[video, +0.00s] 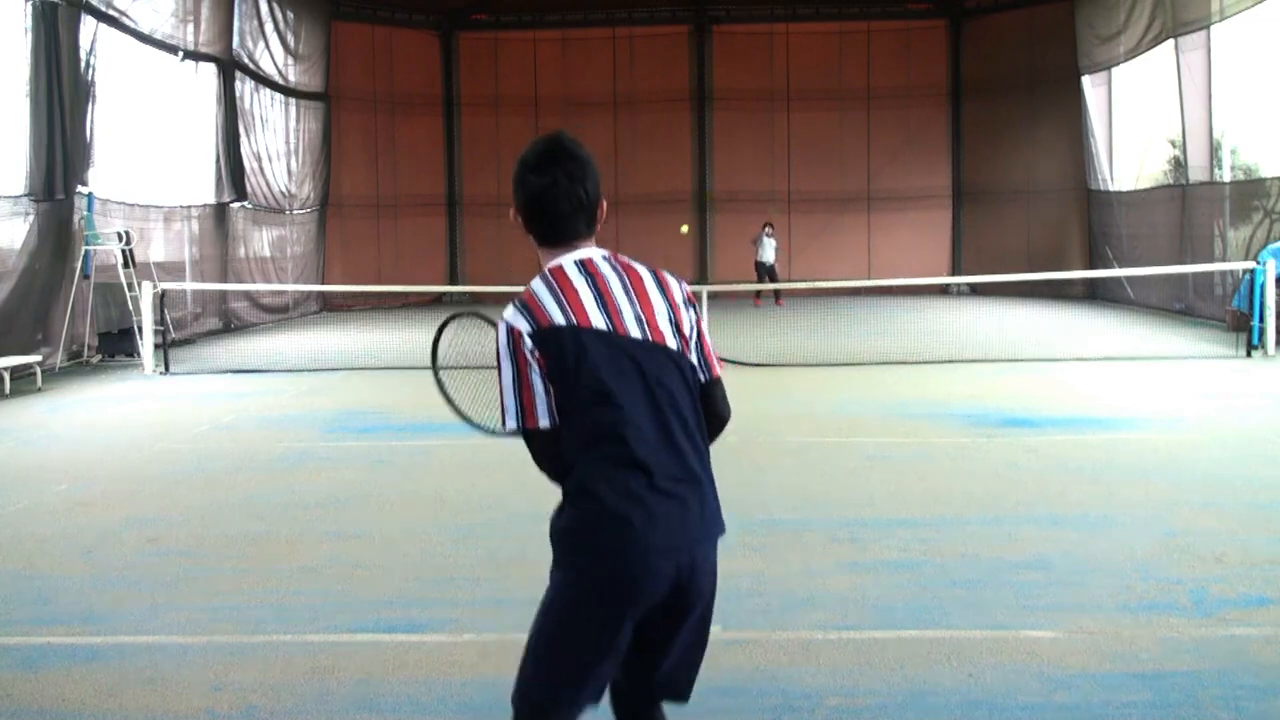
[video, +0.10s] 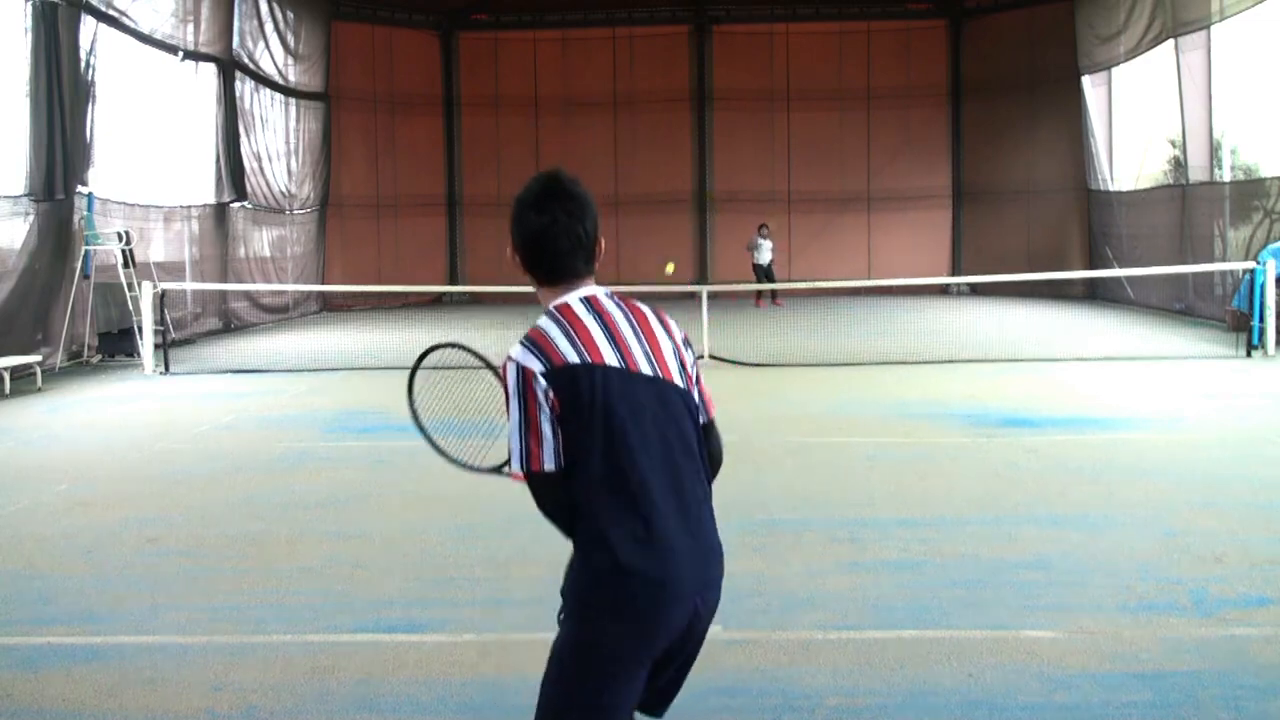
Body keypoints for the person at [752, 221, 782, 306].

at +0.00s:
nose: (768, 231)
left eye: (770, 229)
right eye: (766, 228)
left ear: (772, 231)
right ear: (764, 230)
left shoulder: (773, 241)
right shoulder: (761, 239)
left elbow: (774, 252)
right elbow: (757, 243)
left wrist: (775, 262)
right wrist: (763, 234)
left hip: (770, 262)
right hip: (761, 261)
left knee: (775, 281)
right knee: (761, 280)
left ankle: (778, 299)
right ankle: (757, 298)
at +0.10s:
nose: (764, 232)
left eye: (766, 230)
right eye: (762, 230)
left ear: (767, 231)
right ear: (759, 231)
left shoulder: (769, 242)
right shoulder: (756, 240)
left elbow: (771, 251)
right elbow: (749, 248)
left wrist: (772, 259)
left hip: (767, 263)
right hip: (758, 263)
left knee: (773, 282)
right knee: (761, 282)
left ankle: (774, 299)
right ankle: (758, 300)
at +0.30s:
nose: (756, 228)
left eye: (757, 226)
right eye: (754, 226)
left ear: (760, 227)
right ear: (751, 227)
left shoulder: (763, 237)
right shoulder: (747, 237)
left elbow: (768, 249)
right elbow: (742, 248)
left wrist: (761, 250)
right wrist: (747, 253)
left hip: (761, 260)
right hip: (751, 260)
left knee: (760, 279)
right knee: (753, 279)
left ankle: (756, 296)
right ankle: (753, 297)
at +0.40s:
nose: (752, 228)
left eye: (754, 226)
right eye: (750, 226)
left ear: (756, 228)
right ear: (748, 228)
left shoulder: (760, 238)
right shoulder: (743, 238)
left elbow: (764, 248)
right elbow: (740, 249)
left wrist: (760, 251)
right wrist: (746, 254)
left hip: (756, 261)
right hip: (746, 261)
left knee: (756, 280)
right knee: (746, 280)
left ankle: (753, 299)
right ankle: (745, 299)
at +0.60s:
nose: (744, 231)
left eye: (745, 229)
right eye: (742, 229)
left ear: (748, 230)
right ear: (739, 230)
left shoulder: (752, 240)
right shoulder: (735, 240)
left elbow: (755, 251)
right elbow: (732, 252)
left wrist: (748, 250)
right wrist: (740, 256)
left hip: (748, 264)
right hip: (736, 264)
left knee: (752, 282)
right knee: (729, 281)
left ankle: (752, 300)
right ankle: (723, 297)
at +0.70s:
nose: (738, 230)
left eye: (739, 228)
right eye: (736, 228)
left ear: (742, 229)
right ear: (733, 229)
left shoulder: (746, 239)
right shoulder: (729, 239)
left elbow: (750, 251)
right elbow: (726, 250)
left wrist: (742, 250)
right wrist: (734, 253)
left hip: (742, 263)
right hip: (730, 263)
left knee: (748, 282)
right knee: (723, 282)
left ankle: (751, 300)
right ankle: (717, 298)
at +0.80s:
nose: (731, 232)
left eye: (733, 230)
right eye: (730, 230)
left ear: (736, 232)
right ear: (727, 232)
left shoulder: (740, 242)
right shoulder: (723, 241)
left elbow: (743, 254)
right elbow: (719, 252)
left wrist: (735, 252)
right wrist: (728, 254)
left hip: (736, 265)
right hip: (724, 265)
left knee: (743, 283)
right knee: (718, 283)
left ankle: (750, 300)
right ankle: (715, 300)